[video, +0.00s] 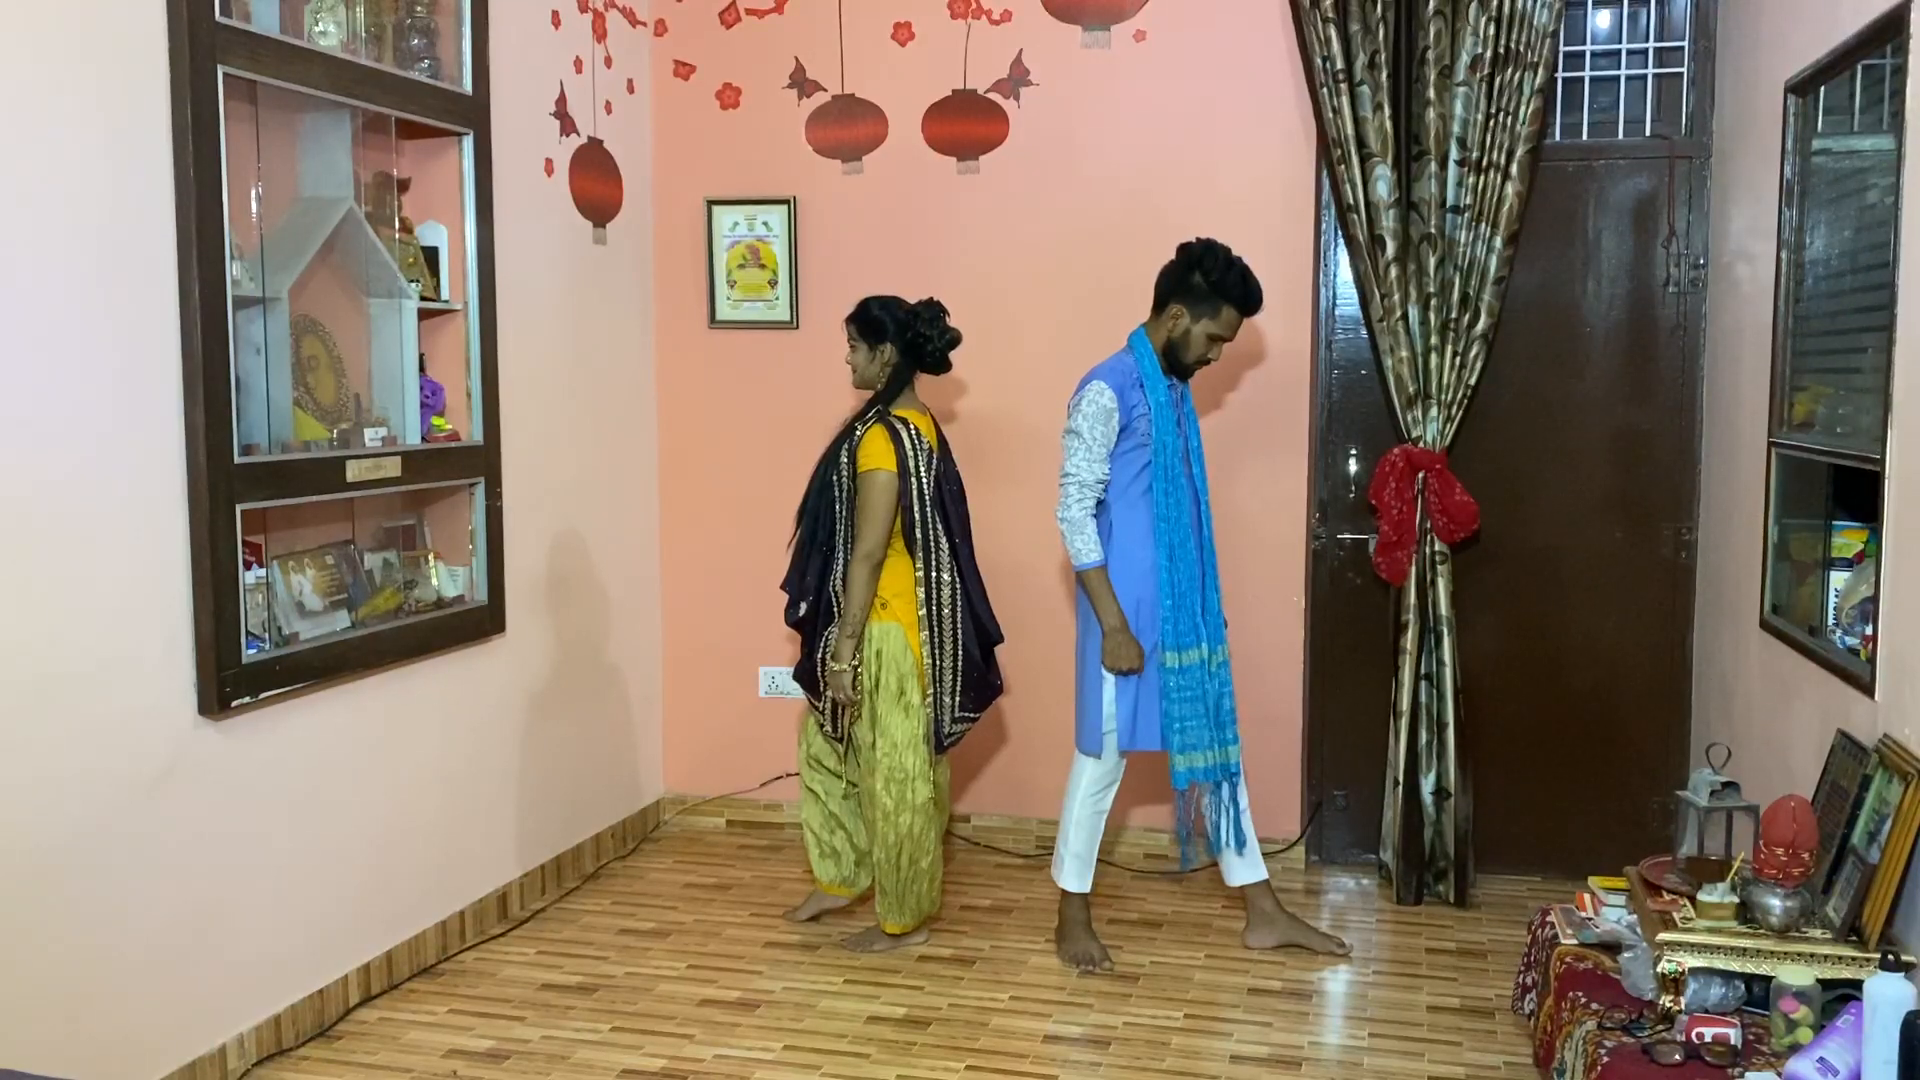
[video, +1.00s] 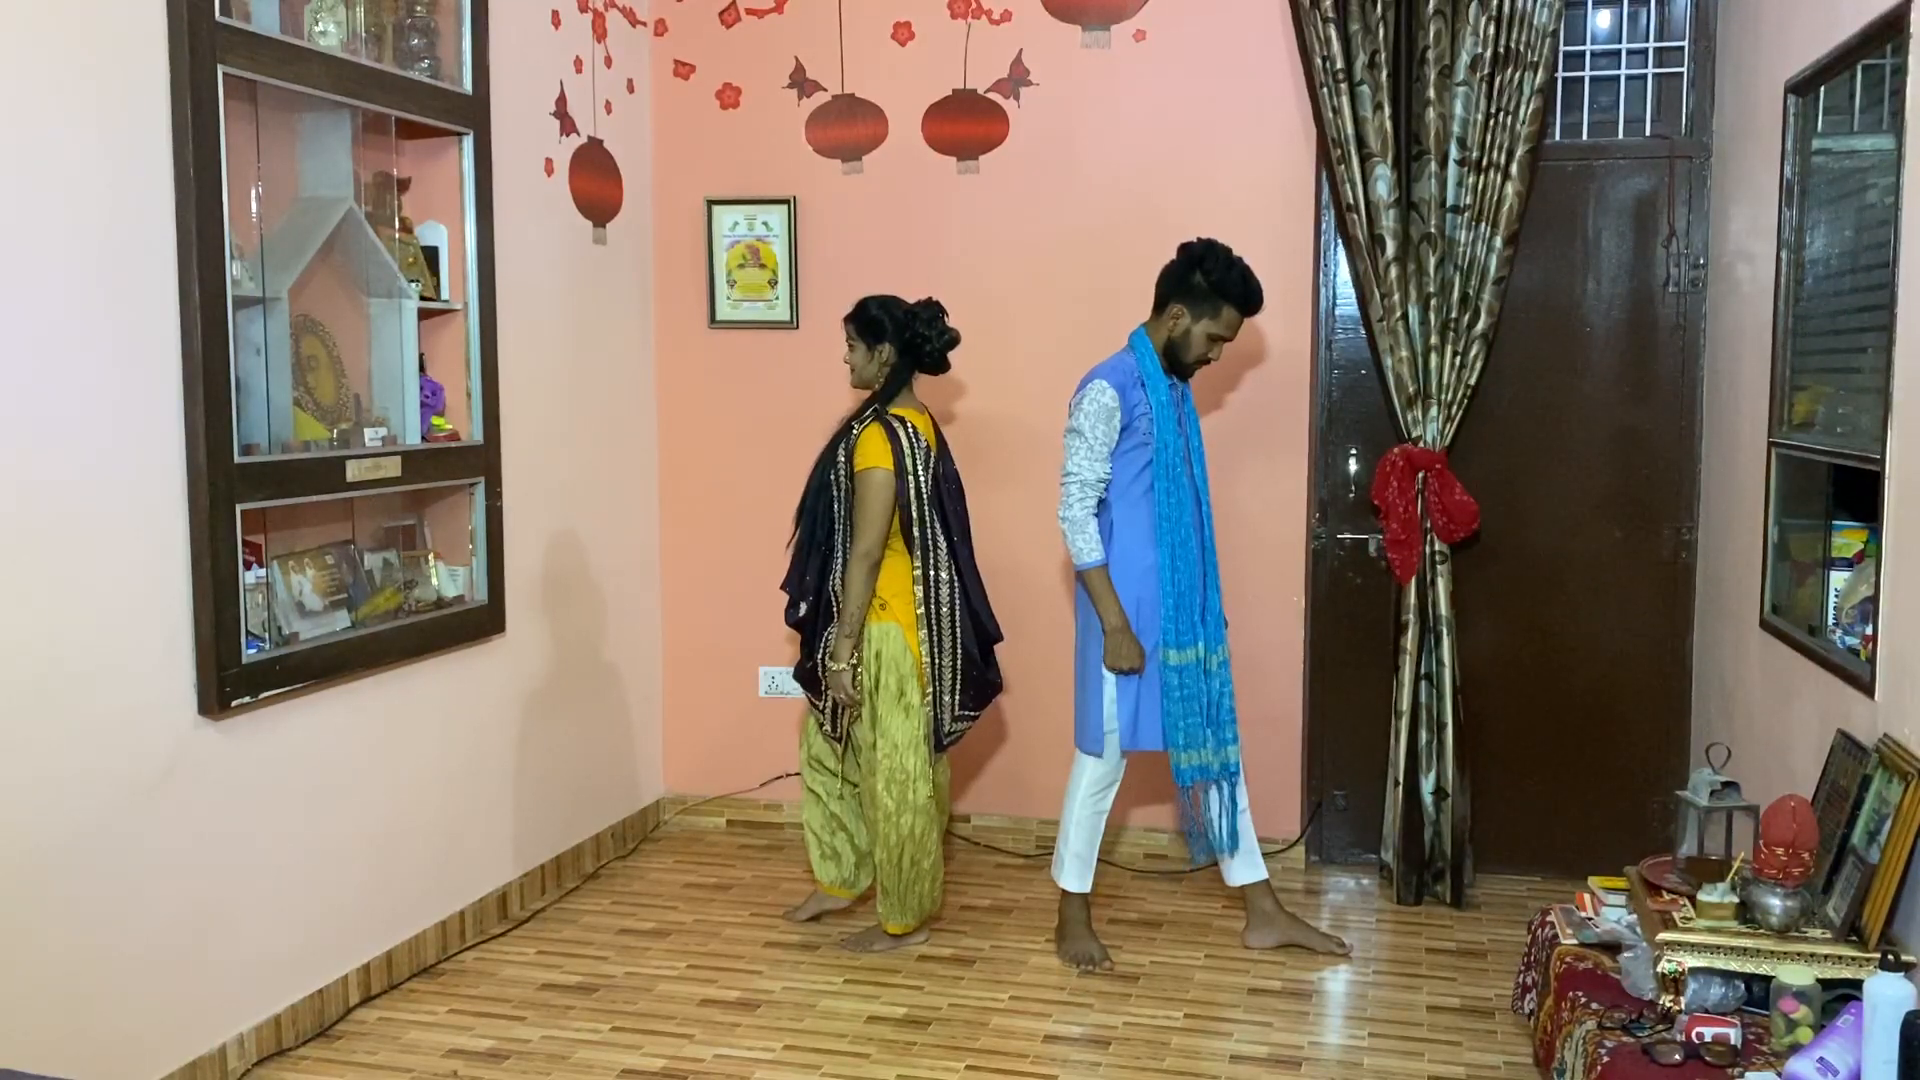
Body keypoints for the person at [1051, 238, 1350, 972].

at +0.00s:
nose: (1219, 353)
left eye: (1226, 340)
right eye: (1215, 337)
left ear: (1194, 320)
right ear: (1173, 312)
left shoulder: (1172, 393)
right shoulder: (1105, 393)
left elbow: (1172, 516)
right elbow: (1075, 515)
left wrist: (1197, 607)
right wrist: (1113, 623)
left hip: (1184, 605)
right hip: (1123, 606)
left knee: (1212, 744)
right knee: (1103, 755)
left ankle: (1263, 908)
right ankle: (1072, 913)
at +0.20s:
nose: (1218, 353)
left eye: (1226, 340)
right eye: (1215, 336)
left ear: (1193, 320)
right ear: (1173, 312)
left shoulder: (1172, 393)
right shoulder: (1105, 393)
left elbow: (1172, 516)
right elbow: (1075, 515)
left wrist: (1197, 607)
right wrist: (1113, 623)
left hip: (1184, 605)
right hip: (1122, 607)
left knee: (1211, 745)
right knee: (1102, 756)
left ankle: (1263, 907)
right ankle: (1072, 914)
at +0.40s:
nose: (1218, 353)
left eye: (1226, 340)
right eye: (1215, 336)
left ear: (1193, 320)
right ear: (1173, 312)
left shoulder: (1172, 392)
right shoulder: (1105, 393)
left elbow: (1173, 517)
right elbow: (1076, 516)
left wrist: (1199, 608)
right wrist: (1113, 623)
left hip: (1184, 605)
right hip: (1122, 607)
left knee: (1211, 745)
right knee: (1102, 756)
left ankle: (1263, 907)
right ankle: (1072, 913)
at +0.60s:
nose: (1218, 353)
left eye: (1226, 340)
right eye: (1215, 336)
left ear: (1194, 320)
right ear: (1172, 312)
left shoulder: (1172, 392)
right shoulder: (1105, 393)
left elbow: (1174, 516)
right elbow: (1076, 515)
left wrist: (1200, 608)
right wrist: (1113, 623)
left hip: (1184, 605)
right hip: (1122, 607)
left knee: (1212, 745)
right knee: (1102, 756)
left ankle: (1263, 907)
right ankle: (1072, 914)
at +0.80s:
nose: (1218, 353)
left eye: (1226, 340)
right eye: (1215, 337)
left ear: (1196, 320)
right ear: (1173, 312)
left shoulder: (1173, 392)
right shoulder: (1106, 392)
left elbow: (1173, 516)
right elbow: (1076, 514)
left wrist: (1200, 609)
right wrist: (1114, 623)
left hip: (1184, 605)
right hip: (1122, 605)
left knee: (1212, 744)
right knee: (1102, 755)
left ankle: (1263, 907)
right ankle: (1072, 914)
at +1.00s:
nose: (1219, 353)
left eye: (1227, 340)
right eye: (1215, 336)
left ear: (1194, 320)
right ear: (1173, 312)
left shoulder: (1172, 391)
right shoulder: (1106, 392)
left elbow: (1173, 516)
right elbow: (1076, 515)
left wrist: (1200, 608)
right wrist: (1114, 622)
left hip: (1184, 604)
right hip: (1123, 605)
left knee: (1211, 745)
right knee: (1103, 754)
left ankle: (1263, 908)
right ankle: (1072, 913)